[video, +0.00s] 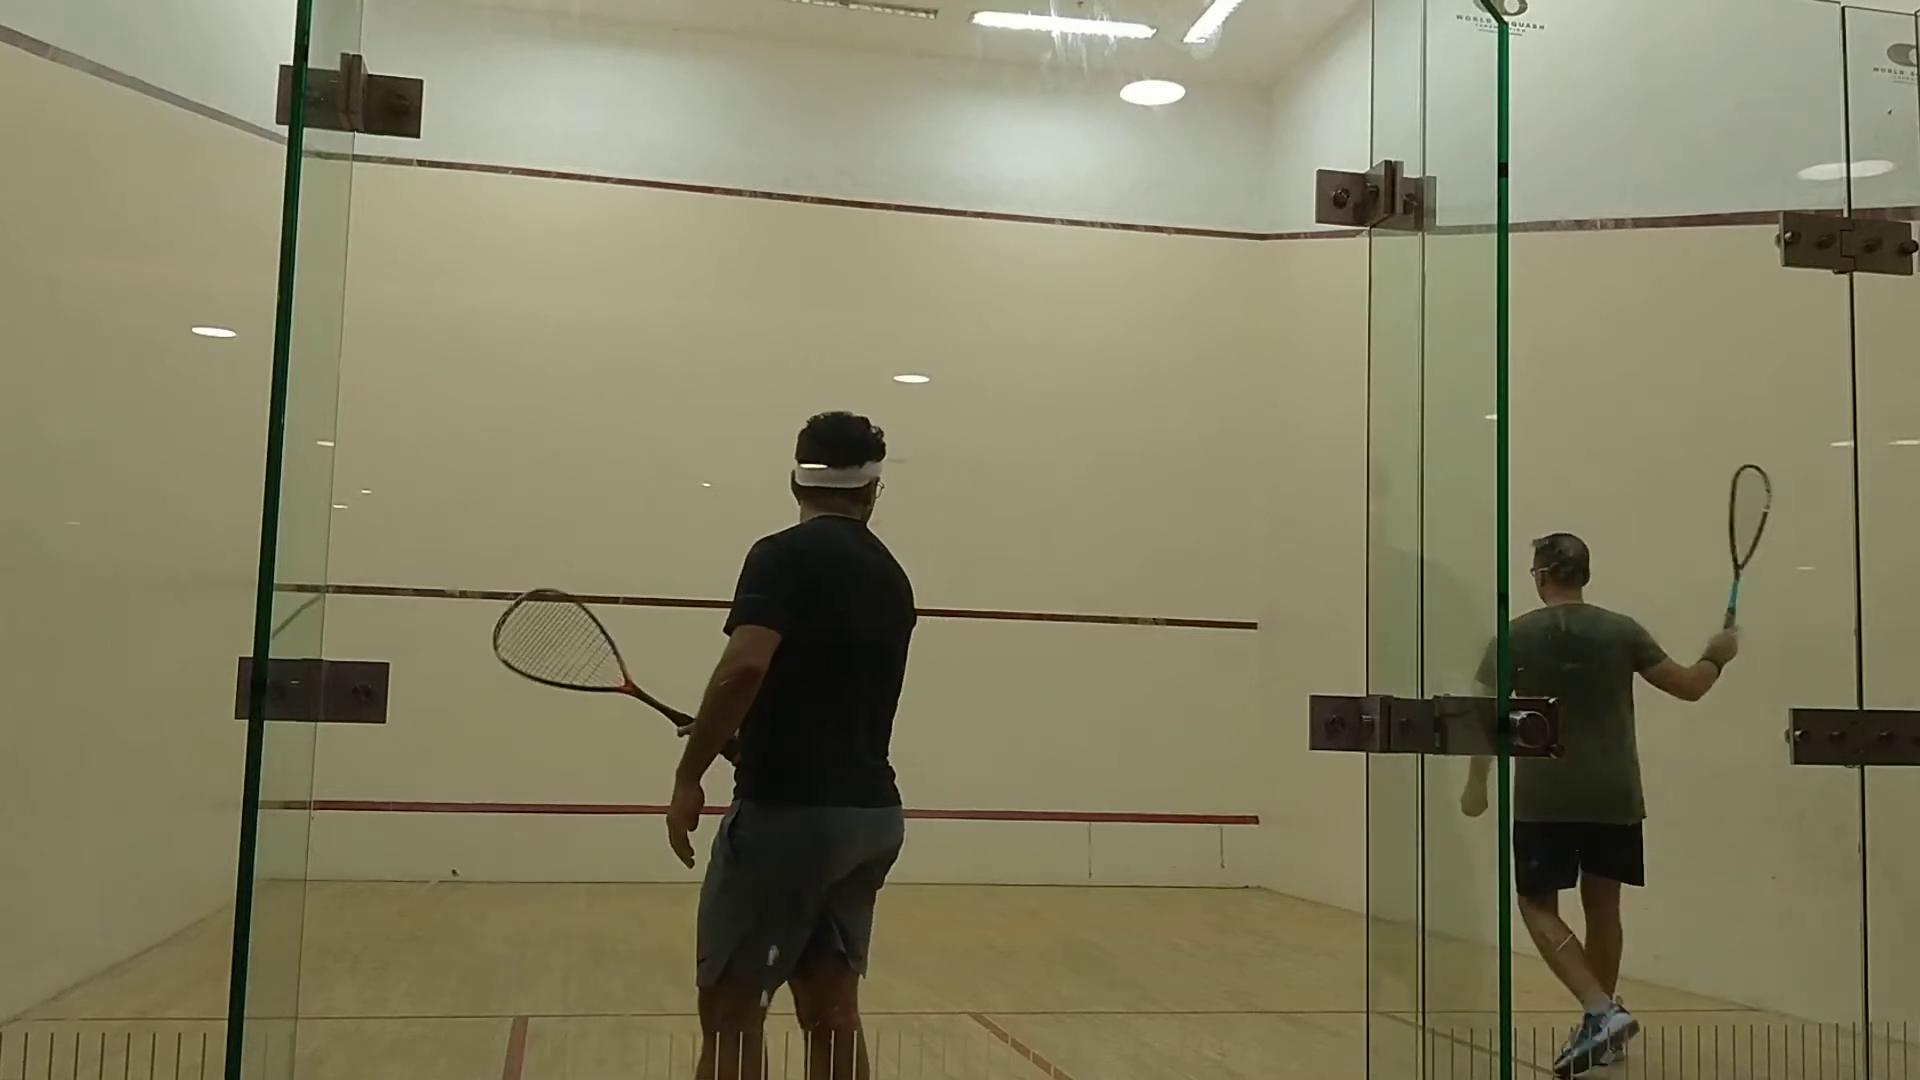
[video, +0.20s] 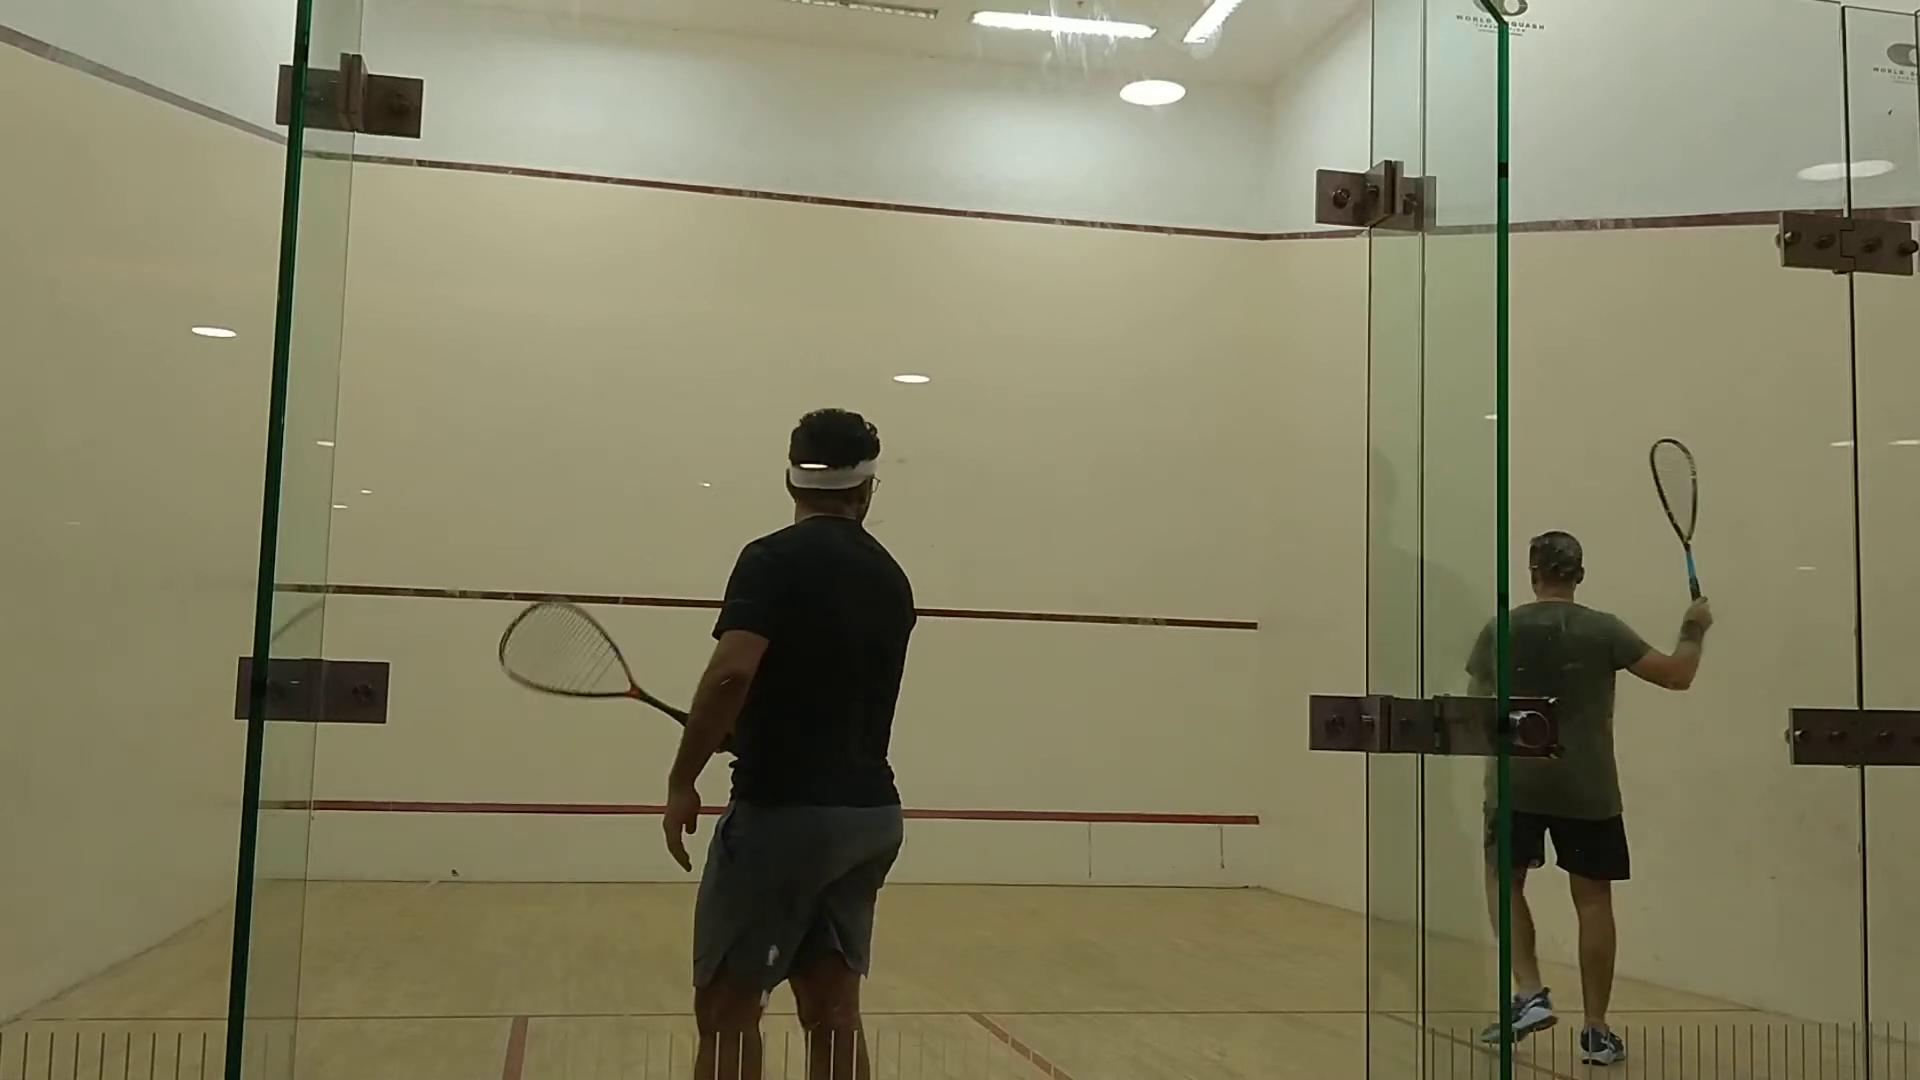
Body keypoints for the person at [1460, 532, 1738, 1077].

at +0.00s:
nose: (1533, 581)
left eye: (1534, 574)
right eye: (1538, 573)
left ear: (1541, 577)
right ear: (1585, 576)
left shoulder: (1512, 638)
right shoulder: (1620, 630)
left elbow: (1484, 716)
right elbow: (1690, 687)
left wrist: (1476, 783)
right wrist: (1717, 653)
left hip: (1540, 804)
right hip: (1613, 802)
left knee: (1538, 907)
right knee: (1603, 908)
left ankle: (1604, 1013)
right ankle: (1598, 1030)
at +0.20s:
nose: (1544, 580)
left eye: (1535, 572)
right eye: (1568, 572)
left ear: (1532, 575)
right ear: (1580, 576)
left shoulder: (1498, 630)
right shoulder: (1600, 628)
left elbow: (1479, 705)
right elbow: (1678, 675)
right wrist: (1695, 628)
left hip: (1514, 791)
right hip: (1587, 792)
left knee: (1504, 881)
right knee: (1593, 901)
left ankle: (1530, 995)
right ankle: (1596, 1032)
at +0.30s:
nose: (1560, 582)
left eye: (1537, 571)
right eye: (1570, 575)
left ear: (1525, 575)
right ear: (1572, 578)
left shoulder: (1491, 627)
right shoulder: (1586, 630)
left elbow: (1474, 700)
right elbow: (1666, 670)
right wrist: (1678, 621)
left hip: (1494, 788)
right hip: (1567, 792)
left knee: (1478, 884)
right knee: (1584, 901)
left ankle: (1477, 1001)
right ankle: (1594, 1030)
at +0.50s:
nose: (1545, 599)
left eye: (1540, 591)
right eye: (1544, 593)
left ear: (1495, 591)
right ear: (1540, 597)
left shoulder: (1454, 638)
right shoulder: (1541, 647)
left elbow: (1410, 701)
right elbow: (1621, 682)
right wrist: (1641, 617)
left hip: (1448, 791)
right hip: (1518, 795)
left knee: (1419, 884)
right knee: (1556, 905)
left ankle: (1395, 992)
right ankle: (1588, 1030)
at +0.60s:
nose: (1504, 611)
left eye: (1489, 599)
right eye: (1510, 603)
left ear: (1469, 600)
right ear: (1513, 608)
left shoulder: (1424, 647)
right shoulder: (1516, 667)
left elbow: (1376, 700)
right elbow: (1585, 697)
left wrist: (1412, 727)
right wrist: (1613, 654)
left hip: (1418, 793)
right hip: (1487, 799)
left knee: (1401, 880)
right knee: (1530, 908)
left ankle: (1398, 997)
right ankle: (1579, 1029)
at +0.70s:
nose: (1462, 611)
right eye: (1472, 604)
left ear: (1432, 602)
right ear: (1476, 609)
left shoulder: (1396, 653)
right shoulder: (1486, 665)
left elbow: (1367, 716)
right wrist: (1528, 703)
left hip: (1401, 796)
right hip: (1472, 802)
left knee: (1381, 891)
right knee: (1508, 907)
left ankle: (1396, 999)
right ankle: (1546, 1021)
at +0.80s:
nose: (1399, 595)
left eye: (1402, 588)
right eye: (1404, 587)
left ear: (1407, 594)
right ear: (1445, 597)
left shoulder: (1394, 647)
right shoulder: (1463, 650)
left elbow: (1375, 721)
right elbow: (1466, 720)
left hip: (1400, 799)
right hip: (1461, 798)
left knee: (1386, 892)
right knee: (1465, 901)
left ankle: (1397, 996)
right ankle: (1486, 1004)